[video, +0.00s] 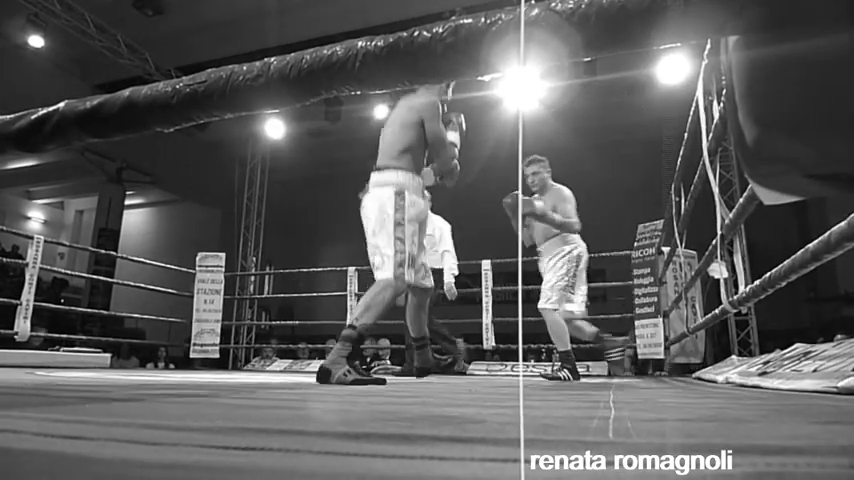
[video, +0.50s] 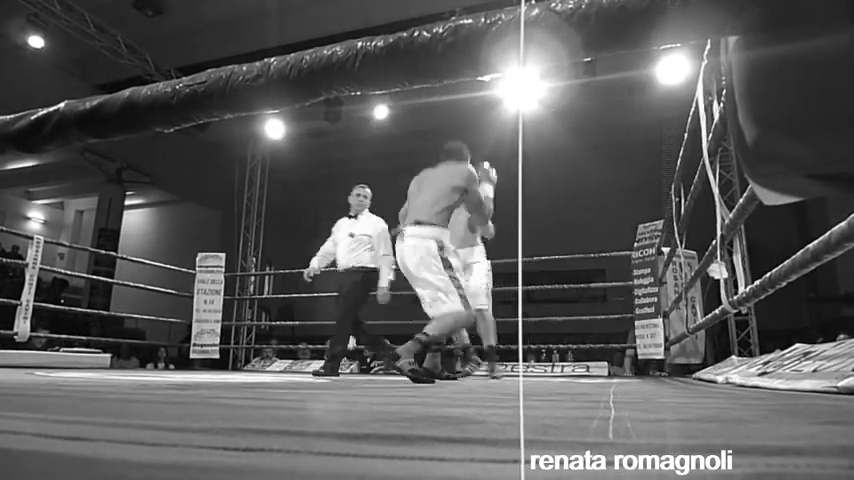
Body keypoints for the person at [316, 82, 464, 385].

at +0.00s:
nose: (451, 92)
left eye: (452, 86)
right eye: (451, 85)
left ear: (421, 81)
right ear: (443, 82)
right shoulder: (427, 103)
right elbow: (445, 162)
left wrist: (441, 166)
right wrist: (455, 135)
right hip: (397, 193)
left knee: (421, 284)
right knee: (396, 279)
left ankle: (421, 359)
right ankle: (337, 359)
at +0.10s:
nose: (454, 111)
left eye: (455, 105)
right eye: (452, 104)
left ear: (432, 99)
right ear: (441, 101)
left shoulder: (418, 127)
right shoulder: (429, 117)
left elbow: (426, 185)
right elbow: (452, 168)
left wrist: (452, 156)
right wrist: (461, 145)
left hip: (420, 209)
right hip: (407, 205)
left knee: (435, 290)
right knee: (397, 280)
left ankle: (425, 366)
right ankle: (346, 353)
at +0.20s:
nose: (456, 119)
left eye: (456, 114)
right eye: (456, 113)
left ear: (435, 109)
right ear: (449, 110)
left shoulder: (421, 130)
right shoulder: (435, 125)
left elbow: (441, 177)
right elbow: (458, 174)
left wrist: (459, 150)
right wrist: (468, 151)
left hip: (416, 211)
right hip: (408, 209)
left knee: (440, 292)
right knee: (424, 282)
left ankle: (426, 367)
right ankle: (366, 347)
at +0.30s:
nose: (464, 126)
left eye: (465, 121)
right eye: (464, 121)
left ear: (443, 113)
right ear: (457, 117)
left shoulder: (429, 131)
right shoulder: (444, 128)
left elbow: (452, 174)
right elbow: (463, 179)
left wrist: (463, 153)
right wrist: (472, 156)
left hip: (411, 208)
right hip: (411, 207)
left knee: (442, 284)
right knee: (439, 282)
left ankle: (425, 356)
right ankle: (391, 348)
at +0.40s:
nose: (472, 143)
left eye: (472, 139)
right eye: (472, 138)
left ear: (448, 132)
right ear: (467, 134)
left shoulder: (428, 152)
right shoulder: (457, 149)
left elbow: (418, 194)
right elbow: (479, 192)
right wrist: (486, 169)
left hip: (406, 221)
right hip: (423, 223)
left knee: (436, 294)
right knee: (448, 294)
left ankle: (430, 360)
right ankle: (396, 355)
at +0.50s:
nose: (470, 166)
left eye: (468, 162)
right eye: (469, 162)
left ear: (443, 157)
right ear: (466, 159)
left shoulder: (422, 176)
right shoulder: (464, 171)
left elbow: (403, 215)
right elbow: (482, 215)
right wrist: (488, 184)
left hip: (405, 242)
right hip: (429, 243)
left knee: (440, 307)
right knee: (464, 313)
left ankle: (432, 364)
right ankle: (407, 352)